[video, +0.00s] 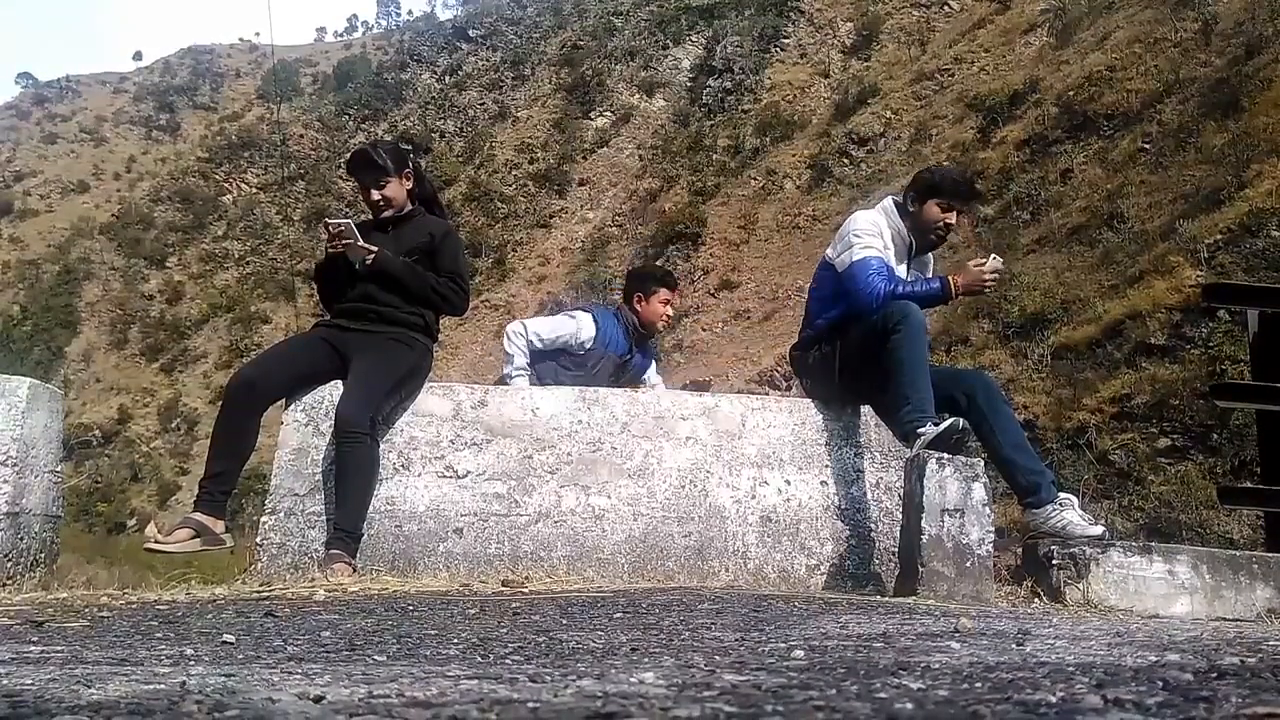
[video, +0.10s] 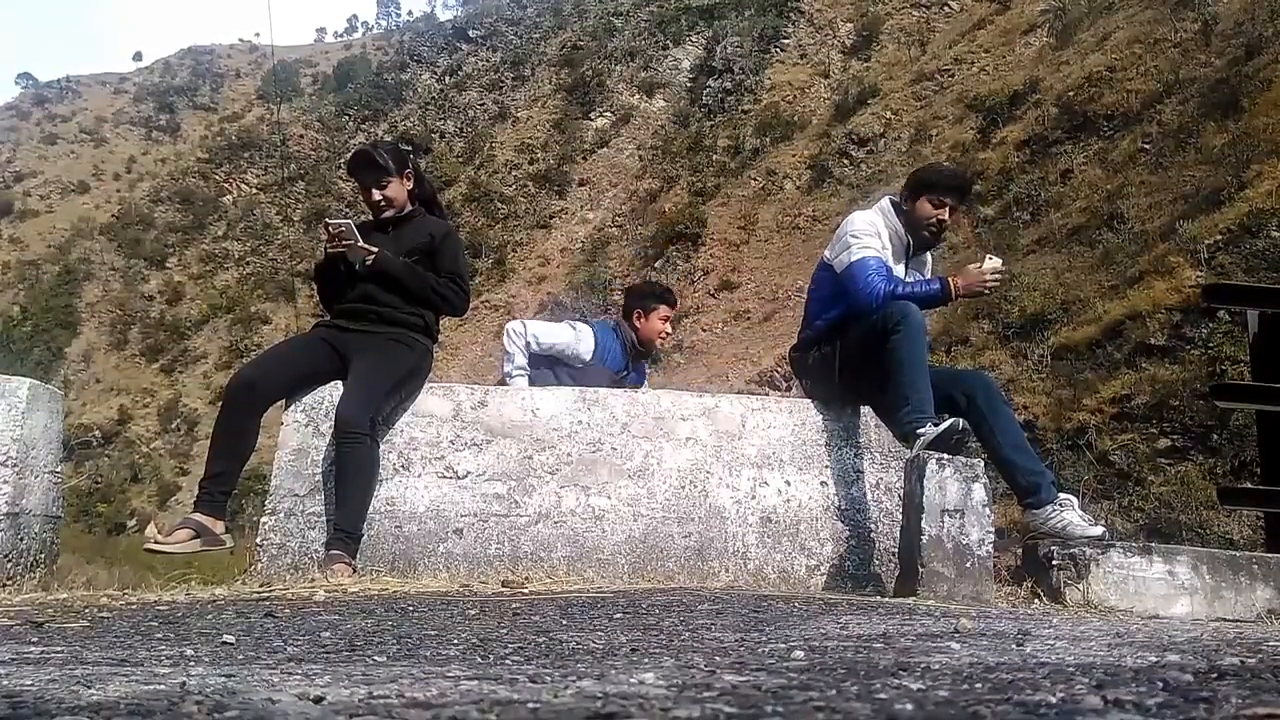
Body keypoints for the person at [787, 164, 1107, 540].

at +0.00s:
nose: (951, 222)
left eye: (959, 214)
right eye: (944, 208)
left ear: (960, 220)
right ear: (914, 200)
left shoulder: (921, 255)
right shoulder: (865, 227)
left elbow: (909, 313)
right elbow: (873, 291)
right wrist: (951, 284)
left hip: (878, 372)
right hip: (827, 366)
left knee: (976, 387)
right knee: (903, 315)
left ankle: (1043, 504)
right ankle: (917, 427)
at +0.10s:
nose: (944, 218)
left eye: (952, 212)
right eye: (936, 204)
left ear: (954, 219)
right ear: (908, 198)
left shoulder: (920, 255)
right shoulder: (863, 227)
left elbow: (909, 312)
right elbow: (872, 291)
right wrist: (951, 286)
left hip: (877, 372)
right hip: (826, 367)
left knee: (976, 388)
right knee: (903, 314)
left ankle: (1043, 505)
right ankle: (916, 426)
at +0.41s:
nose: (915, 209)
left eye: (928, 205)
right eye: (908, 197)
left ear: (939, 217)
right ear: (892, 196)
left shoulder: (921, 257)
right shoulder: (857, 228)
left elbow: (912, 313)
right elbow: (874, 293)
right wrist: (951, 290)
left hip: (881, 373)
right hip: (826, 367)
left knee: (976, 387)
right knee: (904, 316)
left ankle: (1043, 504)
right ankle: (918, 428)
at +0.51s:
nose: (907, 209)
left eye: (921, 205)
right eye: (901, 198)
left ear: (936, 217)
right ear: (891, 197)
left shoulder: (921, 254)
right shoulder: (855, 229)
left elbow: (914, 308)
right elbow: (875, 292)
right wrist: (951, 290)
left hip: (880, 373)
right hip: (825, 368)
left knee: (977, 388)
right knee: (904, 317)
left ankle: (1043, 505)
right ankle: (918, 429)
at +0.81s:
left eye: (912, 212)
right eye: (919, 220)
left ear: (922, 218)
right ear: (891, 203)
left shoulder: (919, 252)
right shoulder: (851, 228)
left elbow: (914, 308)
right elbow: (875, 290)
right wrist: (956, 292)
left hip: (880, 373)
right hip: (825, 367)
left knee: (976, 387)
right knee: (903, 316)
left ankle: (1043, 504)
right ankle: (917, 429)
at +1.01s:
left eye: (917, 215)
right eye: (915, 216)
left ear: (912, 213)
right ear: (887, 204)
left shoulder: (918, 245)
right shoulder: (846, 228)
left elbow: (917, 309)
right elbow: (873, 290)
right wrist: (955, 290)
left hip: (882, 372)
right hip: (825, 366)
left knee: (976, 386)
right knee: (901, 314)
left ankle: (1043, 503)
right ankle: (917, 428)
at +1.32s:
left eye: (893, 204)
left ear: (905, 210)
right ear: (880, 199)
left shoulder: (913, 244)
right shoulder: (840, 231)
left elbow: (938, 303)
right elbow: (873, 290)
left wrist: (931, 327)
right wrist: (953, 291)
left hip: (883, 371)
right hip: (826, 367)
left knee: (977, 386)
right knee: (900, 316)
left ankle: (1043, 505)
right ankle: (917, 429)